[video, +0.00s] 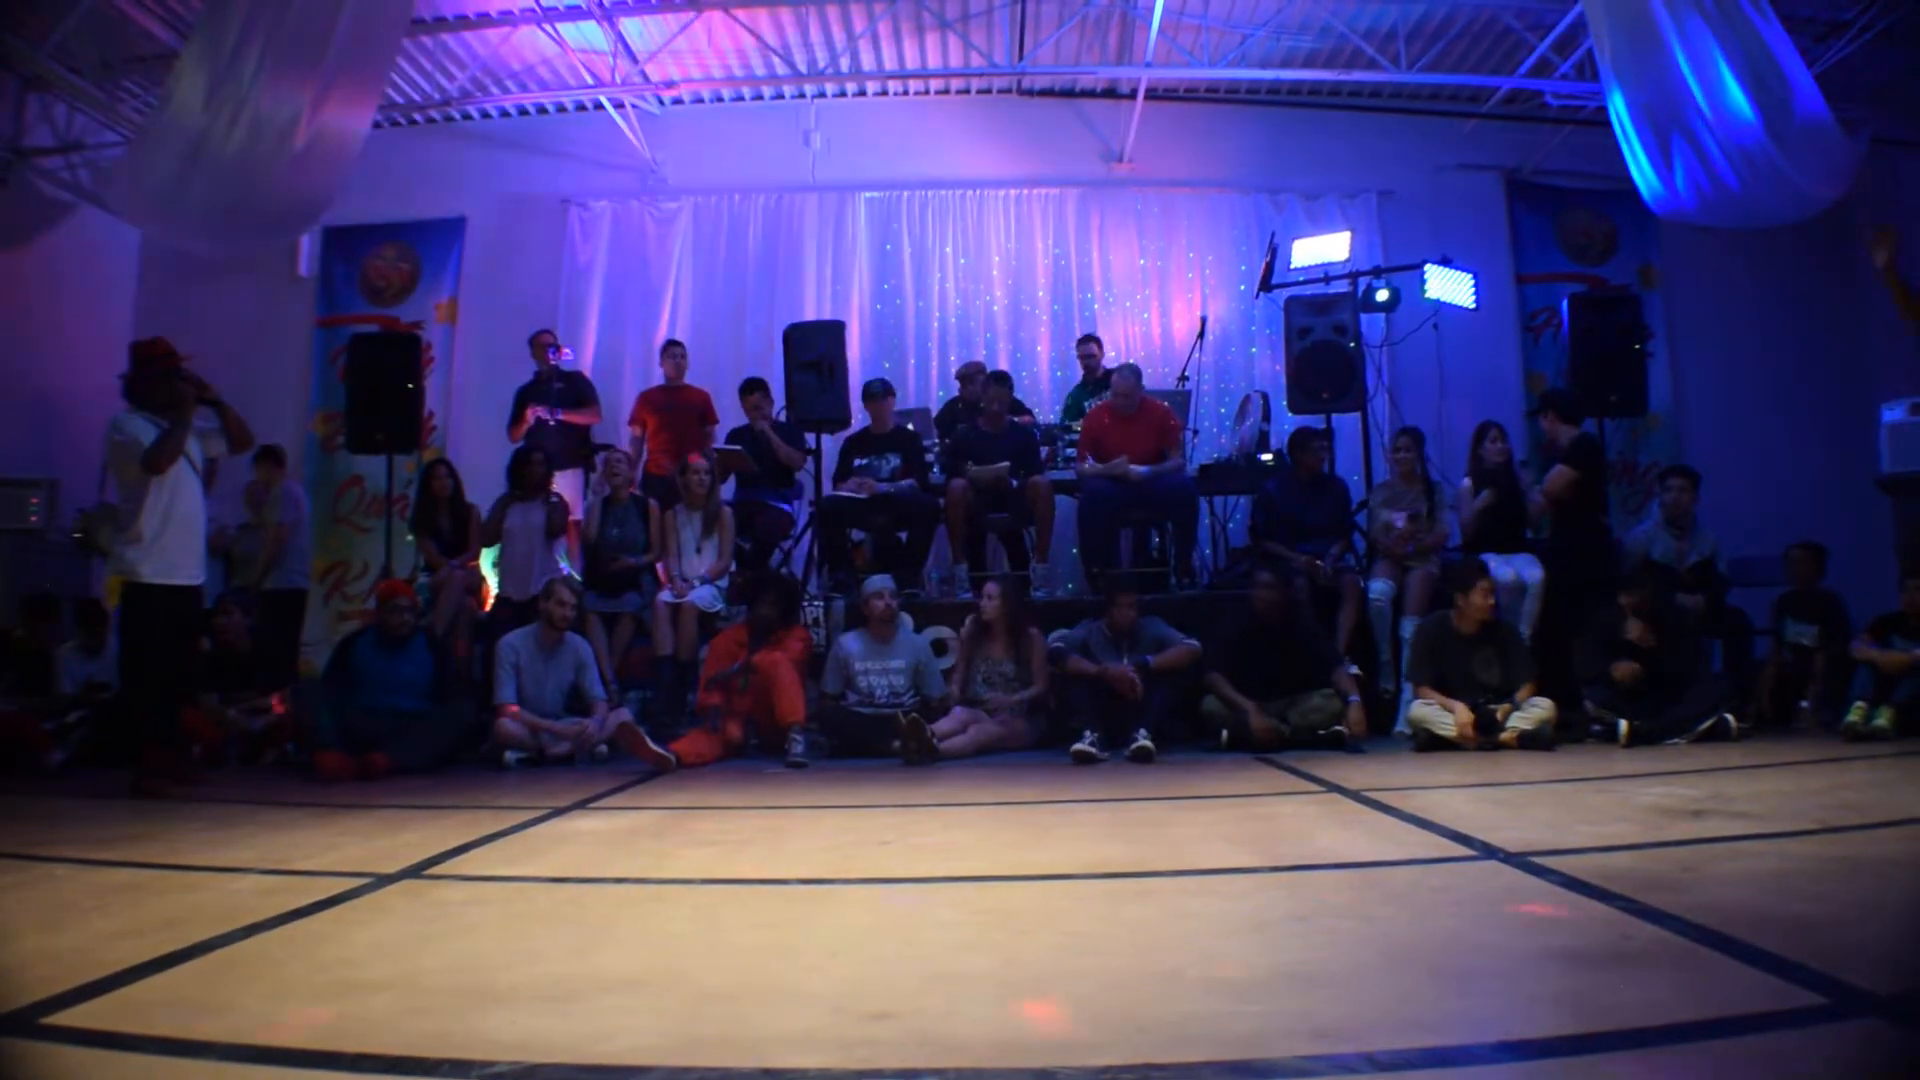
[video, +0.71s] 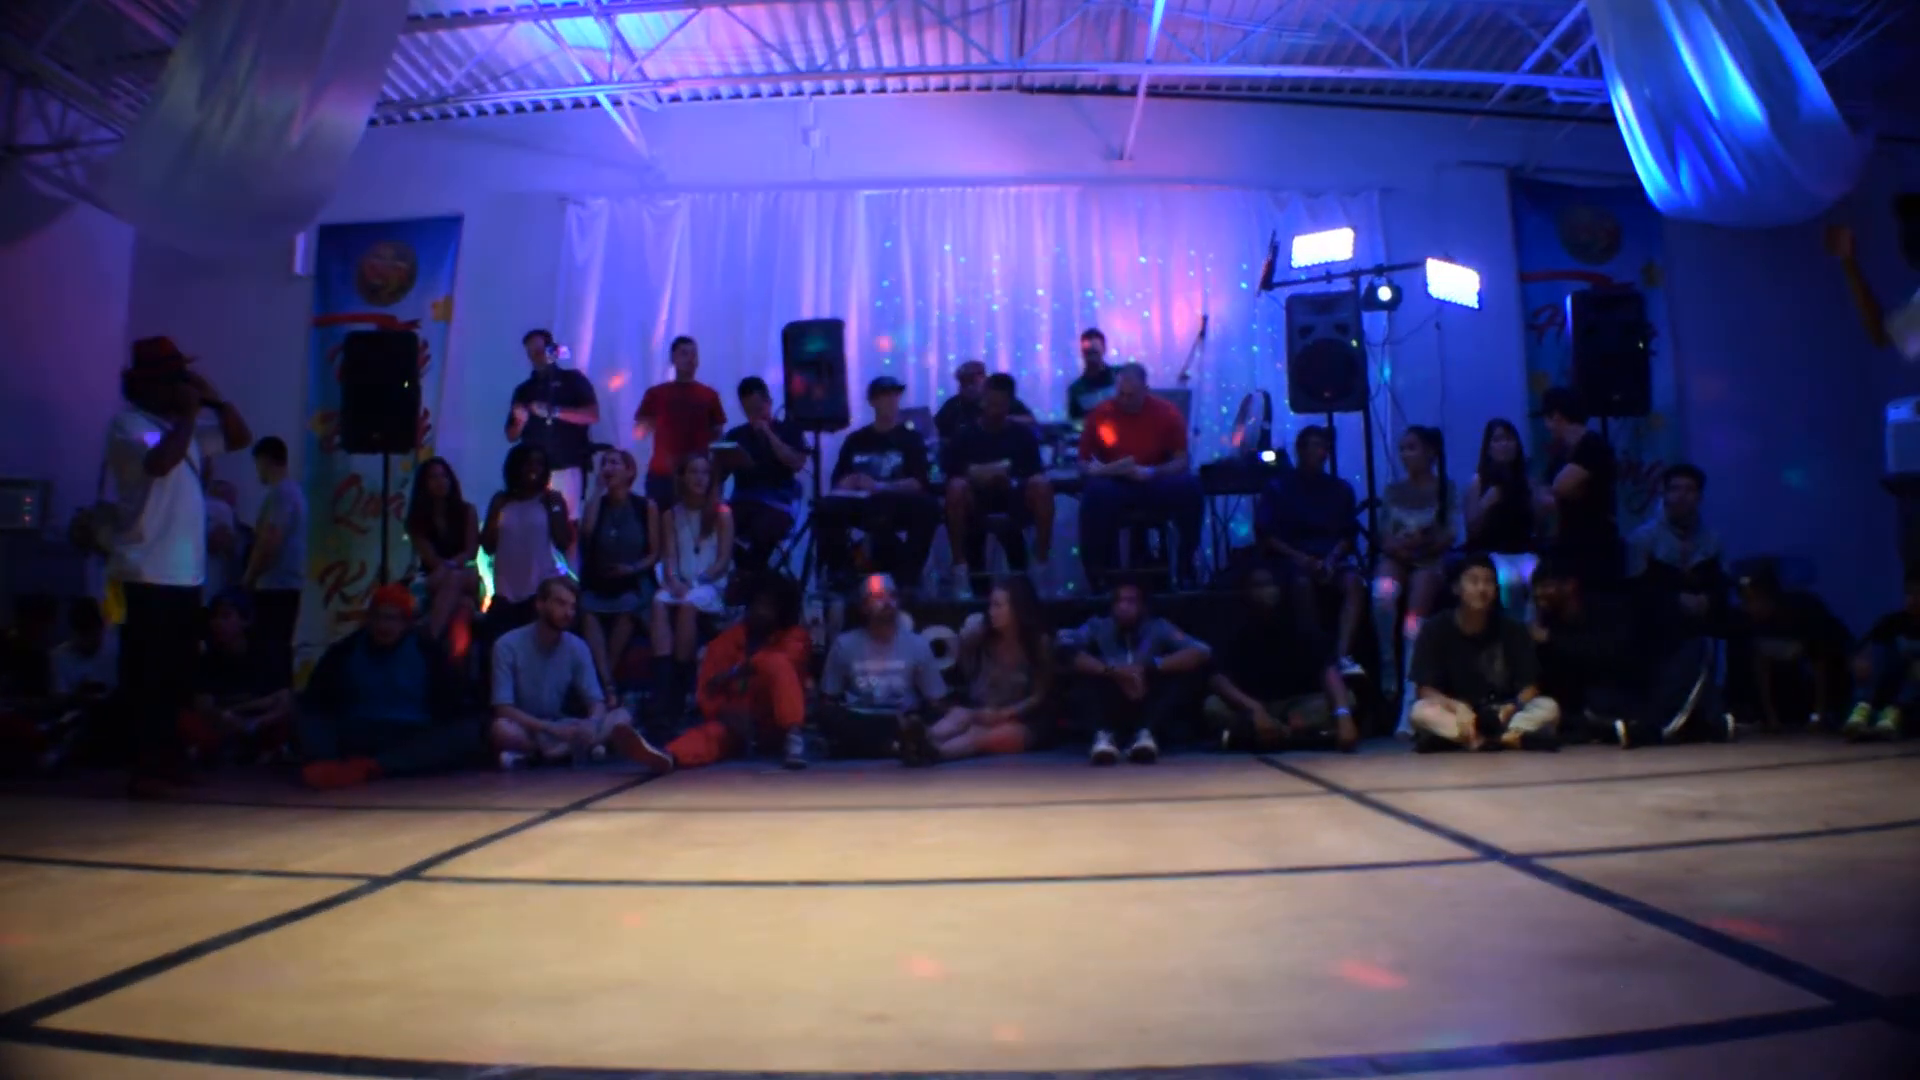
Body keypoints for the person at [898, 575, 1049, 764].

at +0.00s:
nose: (982, 604)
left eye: (990, 598)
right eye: (982, 598)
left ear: (1008, 602)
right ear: (979, 599)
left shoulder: (1030, 637)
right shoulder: (973, 632)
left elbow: (1040, 686)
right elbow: (960, 671)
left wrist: (1010, 701)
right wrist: (957, 694)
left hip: (1017, 715)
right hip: (981, 710)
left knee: (982, 732)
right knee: (960, 715)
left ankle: (932, 750)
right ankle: (924, 734)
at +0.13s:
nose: (984, 603)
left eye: (992, 598)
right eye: (984, 597)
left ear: (1010, 602)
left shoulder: (1031, 637)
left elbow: (1038, 689)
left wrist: (1002, 701)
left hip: (1021, 716)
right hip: (985, 713)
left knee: (981, 733)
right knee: (960, 714)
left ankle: (931, 751)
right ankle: (924, 734)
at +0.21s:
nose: (985, 603)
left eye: (993, 598)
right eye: (985, 597)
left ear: (1012, 602)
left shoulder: (1034, 639)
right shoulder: (976, 632)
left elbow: (1036, 690)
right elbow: (965, 688)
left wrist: (999, 702)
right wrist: (964, 641)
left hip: (1021, 716)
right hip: (984, 712)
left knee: (980, 733)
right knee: (960, 714)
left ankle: (931, 751)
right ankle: (925, 734)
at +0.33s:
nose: (987, 605)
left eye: (995, 600)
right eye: (987, 599)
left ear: (1014, 604)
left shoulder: (1036, 641)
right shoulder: (978, 633)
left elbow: (1036, 694)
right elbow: (964, 680)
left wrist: (999, 708)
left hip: (1021, 715)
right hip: (983, 708)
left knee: (979, 733)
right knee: (959, 716)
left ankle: (931, 751)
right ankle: (923, 735)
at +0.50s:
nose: (990, 610)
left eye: (998, 604)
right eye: (990, 604)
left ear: (1017, 607)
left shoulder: (1036, 644)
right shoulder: (986, 643)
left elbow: (1037, 696)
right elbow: (977, 685)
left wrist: (999, 713)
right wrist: (985, 708)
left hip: (1027, 718)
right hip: (994, 712)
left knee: (979, 734)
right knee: (960, 715)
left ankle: (931, 752)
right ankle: (922, 735)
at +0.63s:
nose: (992, 612)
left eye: (999, 605)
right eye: (991, 605)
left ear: (1018, 609)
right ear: (988, 607)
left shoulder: (1036, 645)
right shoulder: (987, 643)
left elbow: (1039, 696)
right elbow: (965, 676)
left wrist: (1001, 715)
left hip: (1023, 720)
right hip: (990, 713)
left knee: (979, 736)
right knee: (959, 716)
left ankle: (933, 753)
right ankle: (921, 739)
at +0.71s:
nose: (992, 612)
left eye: (998, 605)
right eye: (991, 605)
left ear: (1017, 608)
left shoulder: (1037, 645)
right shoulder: (982, 641)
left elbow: (1039, 696)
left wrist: (1001, 714)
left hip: (1017, 719)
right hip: (983, 711)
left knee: (977, 735)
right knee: (958, 716)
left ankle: (934, 753)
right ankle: (921, 739)